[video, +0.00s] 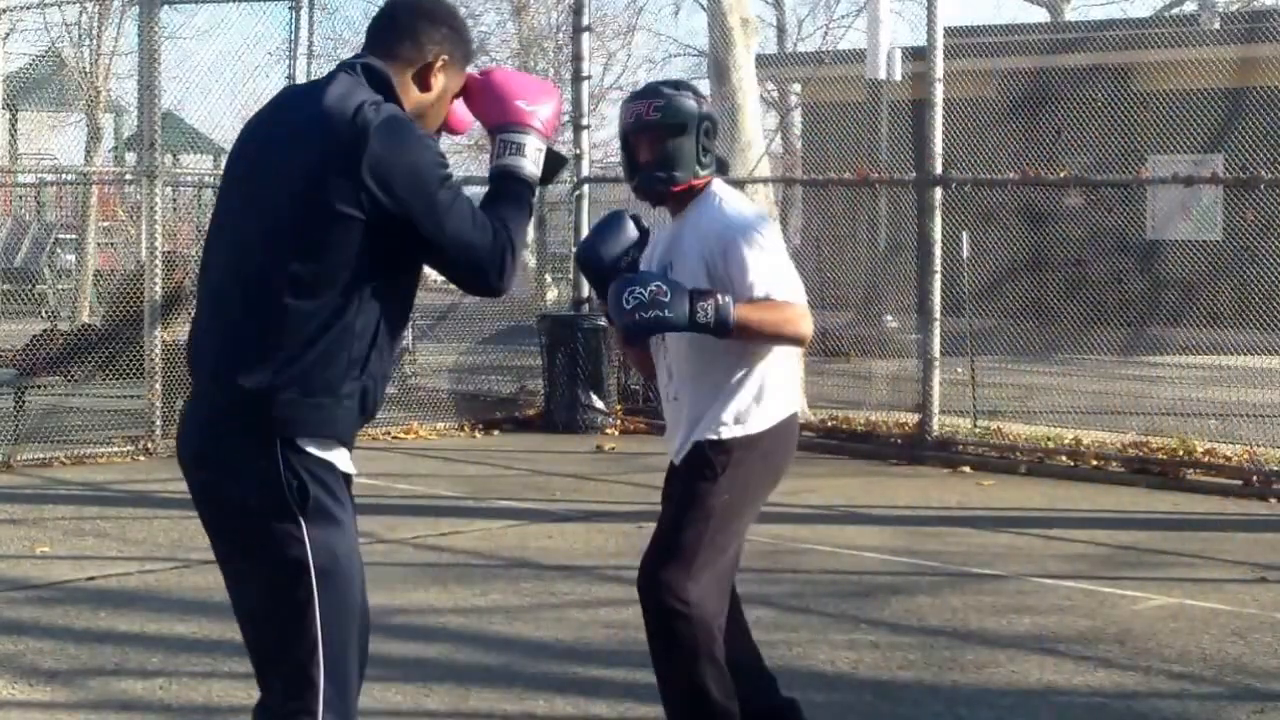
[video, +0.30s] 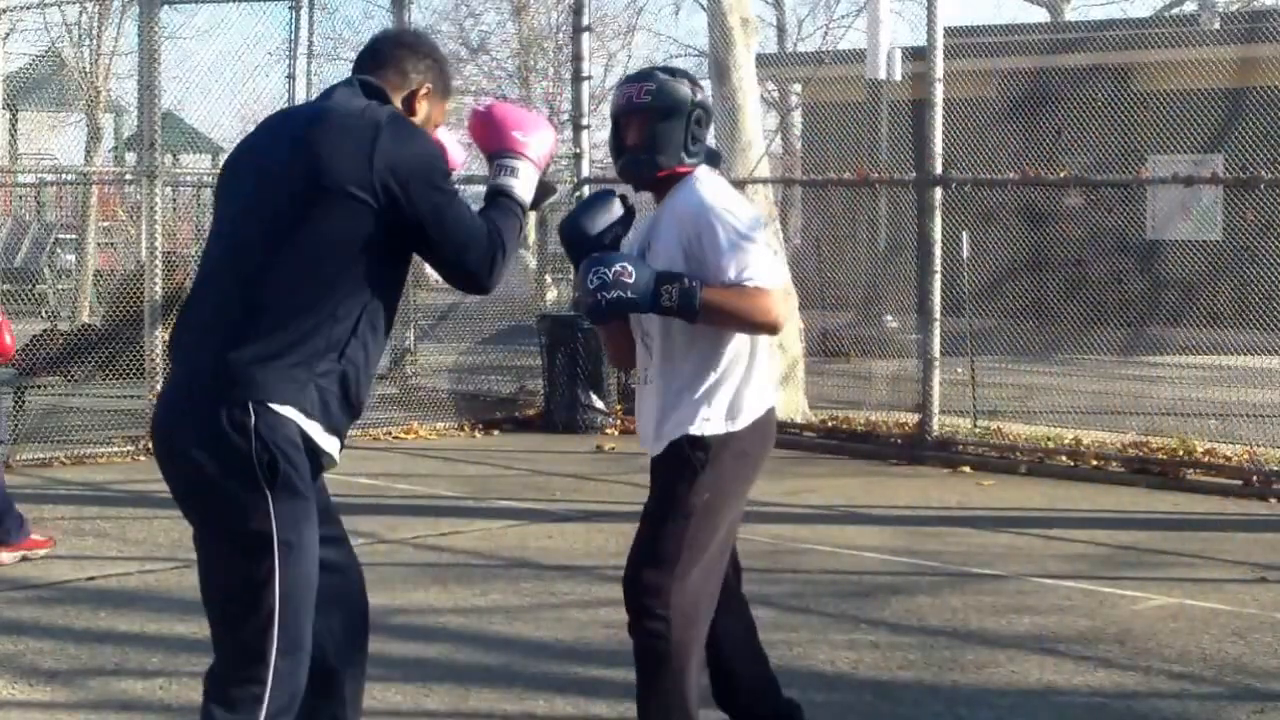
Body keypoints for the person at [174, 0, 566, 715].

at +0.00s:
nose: (448, 117)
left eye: (456, 100)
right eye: (454, 96)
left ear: (376, 52)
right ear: (429, 71)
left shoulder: (284, 112)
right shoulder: (379, 134)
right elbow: (491, 265)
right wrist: (517, 151)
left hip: (229, 433)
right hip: (287, 448)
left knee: (297, 688)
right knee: (319, 695)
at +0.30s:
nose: (436, 134)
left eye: (439, 121)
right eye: (438, 118)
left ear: (362, 78)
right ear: (416, 94)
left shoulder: (269, 134)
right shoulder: (392, 141)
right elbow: (480, 267)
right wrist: (514, 175)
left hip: (204, 415)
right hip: (257, 423)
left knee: (338, 622)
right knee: (264, 670)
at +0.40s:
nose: (415, 129)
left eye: (417, 115)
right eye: (415, 113)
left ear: (332, 81)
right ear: (389, 94)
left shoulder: (246, 135)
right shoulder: (373, 140)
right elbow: (473, 254)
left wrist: (400, 157)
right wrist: (522, 205)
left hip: (185, 418)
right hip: (236, 425)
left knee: (328, 622)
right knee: (267, 665)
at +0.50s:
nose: (382, 128)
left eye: (386, 112)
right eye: (384, 110)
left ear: (301, 73)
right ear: (359, 86)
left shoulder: (214, 130)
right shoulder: (333, 138)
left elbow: (306, 197)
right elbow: (417, 271)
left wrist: (413, 158)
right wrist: (470, 192)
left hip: (158, 421)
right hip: (216, 435)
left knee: (305, 628)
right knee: (209, 679)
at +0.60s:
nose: (333, 116)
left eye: (340, 101)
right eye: (337, 99)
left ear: (264, 63)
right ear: (312, 76)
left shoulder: (179, 121)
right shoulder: (268, 137)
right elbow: (394, 238)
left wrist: (361, 163)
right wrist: (444, 173)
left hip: (207, 452)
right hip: (156, 450)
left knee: (282, 674)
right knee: (178, 695)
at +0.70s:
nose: (308, 102)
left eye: (315, 87)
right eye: (311, 85)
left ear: (233, 52)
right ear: (282, 64)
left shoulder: (142, 114)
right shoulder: (225, 134)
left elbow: (208, 225)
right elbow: (339, 261)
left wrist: (292, 150)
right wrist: (395, 184)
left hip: (171, 439)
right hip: (127, 446)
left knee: (243, 633)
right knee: (160, 685)